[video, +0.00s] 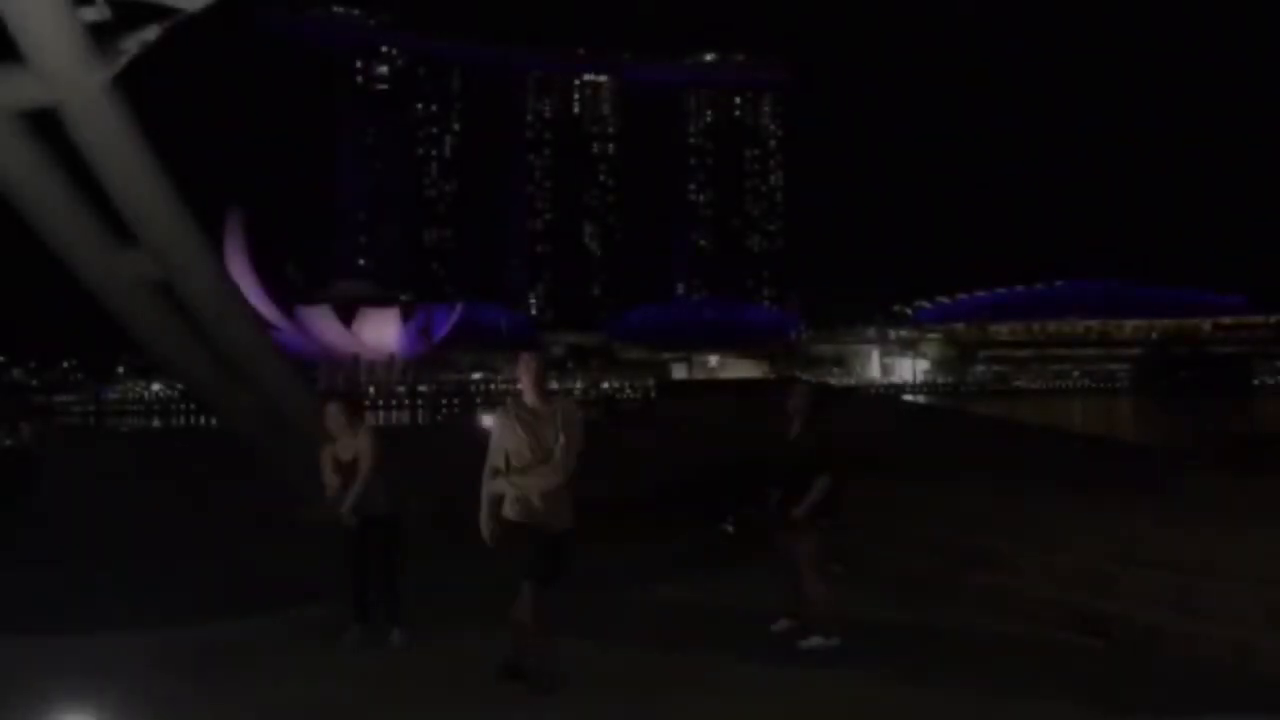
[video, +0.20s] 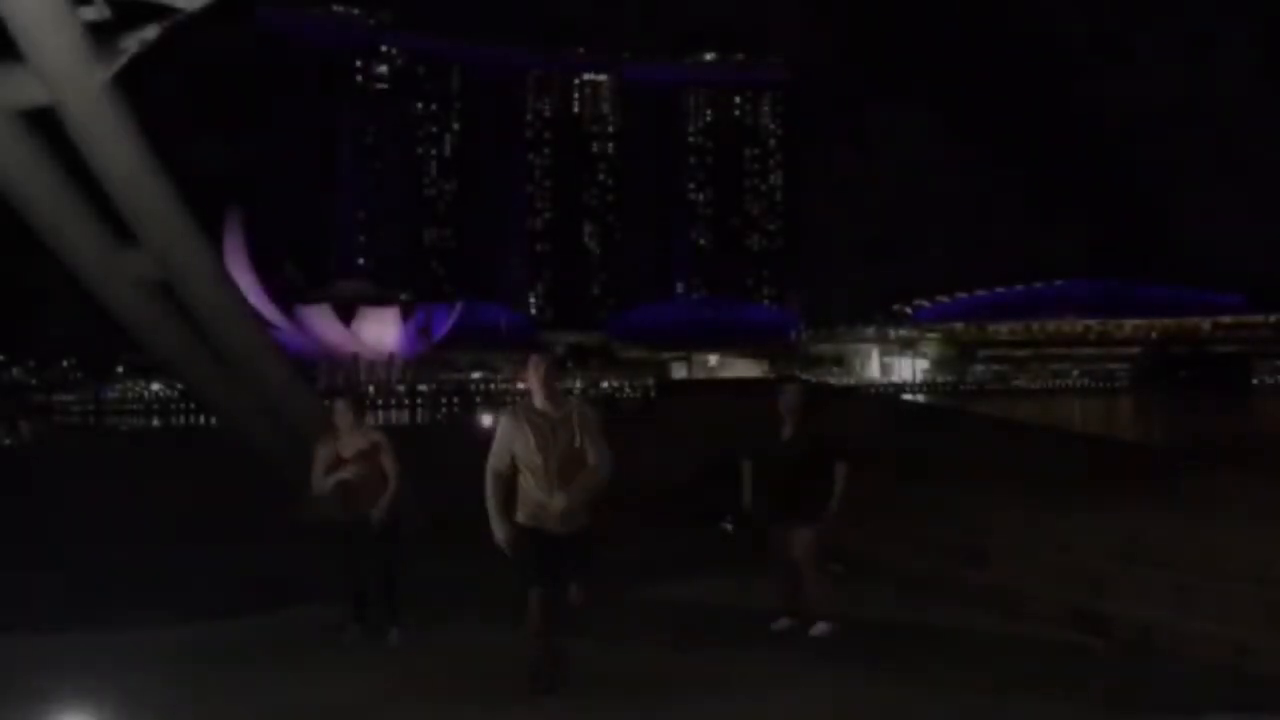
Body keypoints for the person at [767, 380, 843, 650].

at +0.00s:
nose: (792, 404)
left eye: (798, 399)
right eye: (791, 399)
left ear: (809, 404)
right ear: (789, 403)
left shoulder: (817, 436)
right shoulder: (787, 435)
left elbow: (824, 479)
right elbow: (784, 475)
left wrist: (804, 508)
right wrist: (777, 502)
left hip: (813, 517)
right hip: (790, 515)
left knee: (812, 572)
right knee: (792, 570)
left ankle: (822, 627)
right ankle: (793, 614)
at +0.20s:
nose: (788, 405)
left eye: (793, 399)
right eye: (784, 399)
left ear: (802, 403)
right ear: (778, 403)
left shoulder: (814, 433)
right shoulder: (772, 435)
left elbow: (838, 467)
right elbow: (759, 468)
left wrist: (832, 503)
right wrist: (756, 500)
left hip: (809, 504)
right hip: (779, 504)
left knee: (807, 561)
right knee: (782, 561)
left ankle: (822, 614)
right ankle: (789, 612)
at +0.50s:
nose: (799, 405)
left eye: (803, 399)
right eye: (794, 399)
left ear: (811, 401)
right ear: (785, 403)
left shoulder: (821, 431)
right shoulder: (776, 433)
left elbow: (834, 467)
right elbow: (766, 476)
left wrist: (843, 495)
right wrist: (779, 508)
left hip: (817, 504)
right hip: (784, 508)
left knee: (814, 562)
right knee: (781, 561)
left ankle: (801, 614)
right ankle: (778, 610)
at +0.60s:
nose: (803, 414)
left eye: (807, 408)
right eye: (798, 407)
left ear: (814, 410)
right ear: (790, 411)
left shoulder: (823, 441)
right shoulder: (781, 441)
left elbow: (838, 474)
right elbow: (768, 477)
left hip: (817, 509)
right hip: (785, 511)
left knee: (815, 566)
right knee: (792, 562)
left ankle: (803, 614)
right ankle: (771, 602)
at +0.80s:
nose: (808, 414)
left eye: (811, 409)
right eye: (803, 408)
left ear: (815, 411)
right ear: (795, 410)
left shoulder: (820, 438)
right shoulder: (791, 438)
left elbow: (827, 473)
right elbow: (777, 466)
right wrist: (790, 435)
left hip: (816, 508)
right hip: (792, 508)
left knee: (813, 565)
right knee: (799, 565)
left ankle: (805, 616)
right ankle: (793, 629)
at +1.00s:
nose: (804, 417)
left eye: (806, 410)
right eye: (798, 411)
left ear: (812, 414)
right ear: (790, 416)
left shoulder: (820, 446)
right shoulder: (786, 451)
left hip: (820, 514)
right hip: (796, 516)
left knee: (848, 555)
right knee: (816, 570)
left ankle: (801, 584)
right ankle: (796, 636)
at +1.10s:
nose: (804, 423)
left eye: (807, 417)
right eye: (798, 417)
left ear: (815, 420)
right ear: (789, 421)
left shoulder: (821, 450)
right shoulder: (782, 453)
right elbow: (779, 442)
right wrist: (790, 408)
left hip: (819, 517)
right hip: (789, 519)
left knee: (850, 554)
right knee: (815, 571)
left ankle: (810, 606)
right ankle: (795, 636)